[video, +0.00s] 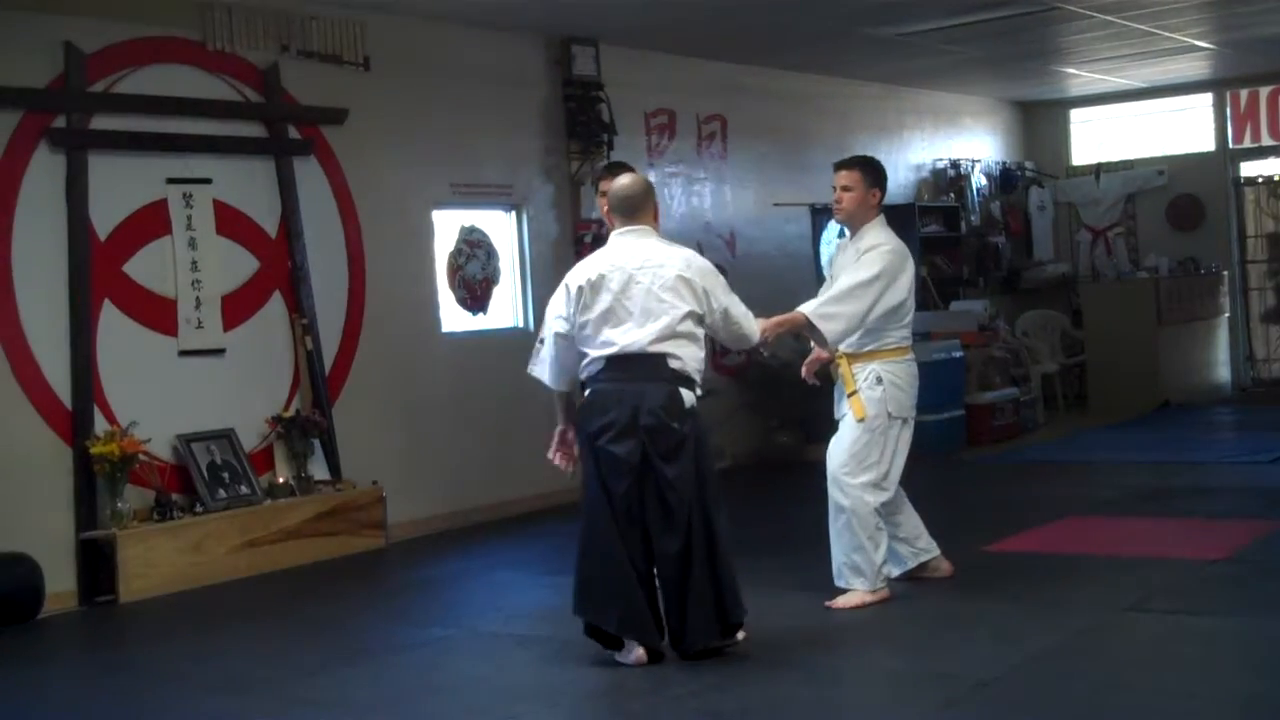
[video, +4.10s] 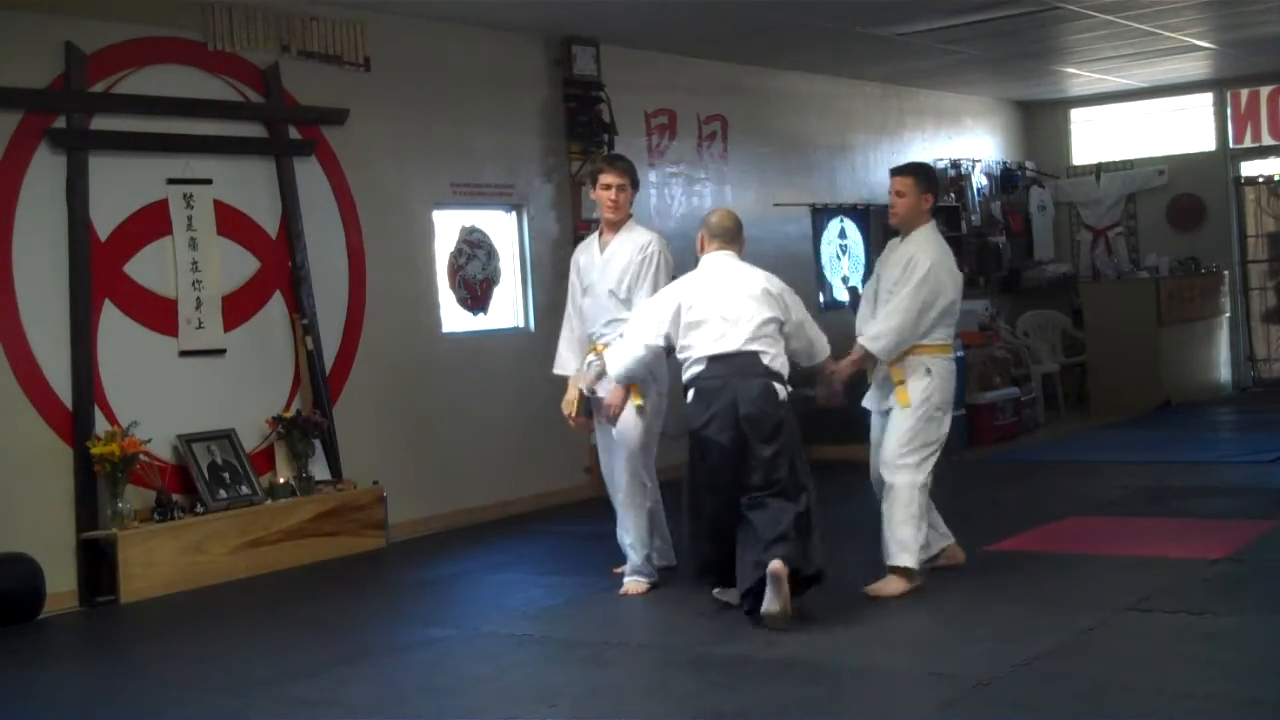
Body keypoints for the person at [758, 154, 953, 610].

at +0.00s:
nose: (836, 198)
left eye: (845, 190)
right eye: (834, 190)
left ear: (874, 197)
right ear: (838, 195)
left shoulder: (885, 250)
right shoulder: (851, 245)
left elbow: (841, 302)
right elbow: (849, 307)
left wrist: (783, 322)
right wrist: (827, 348)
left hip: (884, 374)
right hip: (856, 373)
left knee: (845, 465)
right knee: (869, 474)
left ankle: (868, 582)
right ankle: (925, 559)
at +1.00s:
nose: (831, 197)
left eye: (842, 190)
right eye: (830, 188)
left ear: (869, 198)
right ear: (831, 193)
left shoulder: (882, 254)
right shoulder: (833, 245)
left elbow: (856, 328)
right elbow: (810, 310)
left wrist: (817, 375)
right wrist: (801, 361)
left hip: (875, 373)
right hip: (846, 371)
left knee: (840, 470)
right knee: (868, 475)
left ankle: (864, 582)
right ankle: (926, 558)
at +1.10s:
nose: (835, 197)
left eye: (846, 190)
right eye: (834, 188)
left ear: (873, 198)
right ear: (834, 192)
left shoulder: (886, 254)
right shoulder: (833, 240)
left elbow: (872, 328)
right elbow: (821, 303)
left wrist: (849, 374)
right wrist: (812, 348)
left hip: (874, 375)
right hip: (842, 373)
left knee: (837, 469)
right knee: (868, 474)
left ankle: (865, 581)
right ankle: (925, 557)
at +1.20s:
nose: (839, 196)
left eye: (851, 189)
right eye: (838, 187)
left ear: (878, 198)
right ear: (837, 191)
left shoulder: (887, 255)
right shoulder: (835, 239)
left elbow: (896, 322)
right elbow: (824, 298)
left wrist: (898, 357)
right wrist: (811, 339)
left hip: (867, 380)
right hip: (836, 376)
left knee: (836, 471)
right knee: (870, 475)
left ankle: (863, 582)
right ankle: (924, 557)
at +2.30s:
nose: (843, 194)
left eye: (853, 186)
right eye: (841, 185)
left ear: (880, 192)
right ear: (841, 190)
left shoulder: (896, 249)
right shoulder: (841, 239)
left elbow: (881, 319)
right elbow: (823, 302)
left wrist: (849, 368)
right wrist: (813, 355)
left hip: (879, 371)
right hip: (849, 368)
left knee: (844, 469)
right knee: (875, 472)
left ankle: (866, 582)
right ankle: (928, 558)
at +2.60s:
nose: (837, 194)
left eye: (847, 186)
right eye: (835, 186)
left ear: (875, 191)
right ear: (836, 190)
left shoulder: (890, 249)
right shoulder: (843, 241)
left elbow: (859, 308)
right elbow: (825, 293)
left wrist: (812, 332)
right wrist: (814, 330)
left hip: (883, 372)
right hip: (853, 371)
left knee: (847, 470)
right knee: (876, 473)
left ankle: (867, 584)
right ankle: (928, 558)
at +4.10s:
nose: (891, 202)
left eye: (899, 195)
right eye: (890, 195)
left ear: (926, 201)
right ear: (898, 200)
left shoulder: (930, 255)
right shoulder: (896, 247)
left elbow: (902, 321)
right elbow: (871, 303)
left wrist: (853, 362)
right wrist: (860, 349)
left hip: (925, 370)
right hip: (891, 368)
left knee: (903, 466)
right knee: (883, 468)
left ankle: (902, 569)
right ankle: (942, 545)